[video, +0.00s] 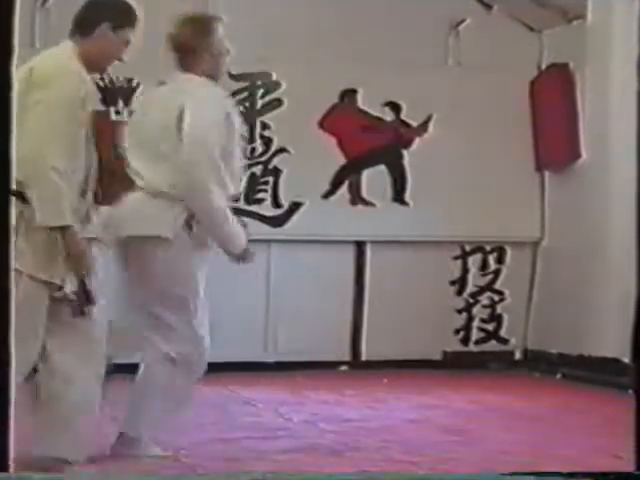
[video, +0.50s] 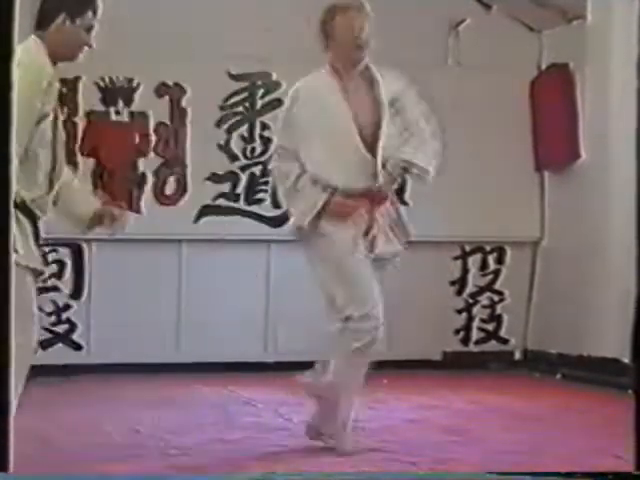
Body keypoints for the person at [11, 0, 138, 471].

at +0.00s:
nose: (123, 55)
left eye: (126, 46)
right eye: (122, 43)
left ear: (94, 31)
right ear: (100, 31)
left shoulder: (49, 70)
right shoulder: (64, 81)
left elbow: (45, 163)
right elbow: (47, 168)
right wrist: (72, 241)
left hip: (40, 229)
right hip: (45, 233)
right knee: (76, 341)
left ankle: (50, 448)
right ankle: (51, 449)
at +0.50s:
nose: (90, 42)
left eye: (92, 31)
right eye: (86, 29)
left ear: (61, 23)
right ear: (60, 22)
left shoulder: (43, 75)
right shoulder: (29, 71)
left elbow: (51, 169)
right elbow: (13, 157)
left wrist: (91, 210)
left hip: (25, 226)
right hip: (14, 228)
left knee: (25, 335)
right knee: (21, 335)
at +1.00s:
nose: (133, 36)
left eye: (134, 26)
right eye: (129, 24)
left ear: (99, 22)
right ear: (104, 22)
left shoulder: (66, 69)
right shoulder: (71, 74)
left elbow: (49, 153)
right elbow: (45, 152)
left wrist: (77, 223)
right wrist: (61, 225)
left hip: (58, 227)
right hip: (58, 230)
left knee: (61, 344)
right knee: (67, 346)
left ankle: (57, 449)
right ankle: (60, 454)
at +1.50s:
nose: (168, 57)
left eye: (170, 47)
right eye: (166, 46)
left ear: (136, 42)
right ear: (143, 42)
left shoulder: (128, 93)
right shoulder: (106, 97)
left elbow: (172, 140)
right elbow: (162, 165)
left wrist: (212, 119)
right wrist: (212, 151)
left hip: (154, 236)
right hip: (123, 236)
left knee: (200, 339)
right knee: (142, 352)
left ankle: (217, 442)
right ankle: (68, 459)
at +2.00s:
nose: (198, 61)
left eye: (200, 51)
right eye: (196, 49)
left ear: (170, 47)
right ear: (173, 44)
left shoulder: (169, 103)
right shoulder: (130, 101)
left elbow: (203, 161)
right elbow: (144, 188)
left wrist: (249, 133)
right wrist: (194, 207)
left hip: (170, 240)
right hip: (134, 241)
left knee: (216, 326)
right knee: (159, 352)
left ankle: (220, 439)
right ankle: (107, 456)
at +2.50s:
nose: (294, 99)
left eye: (299, 91)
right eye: (293, 86)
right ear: (271, 71)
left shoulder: (260, 141)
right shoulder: (229, 93)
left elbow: (261, 226)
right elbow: (242, 103)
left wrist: (313, 219)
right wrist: (272, 83)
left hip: (227, 243)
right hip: (198, 232)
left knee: (233, 340)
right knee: (215, 344)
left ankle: (214, 428)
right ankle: (150, 445)